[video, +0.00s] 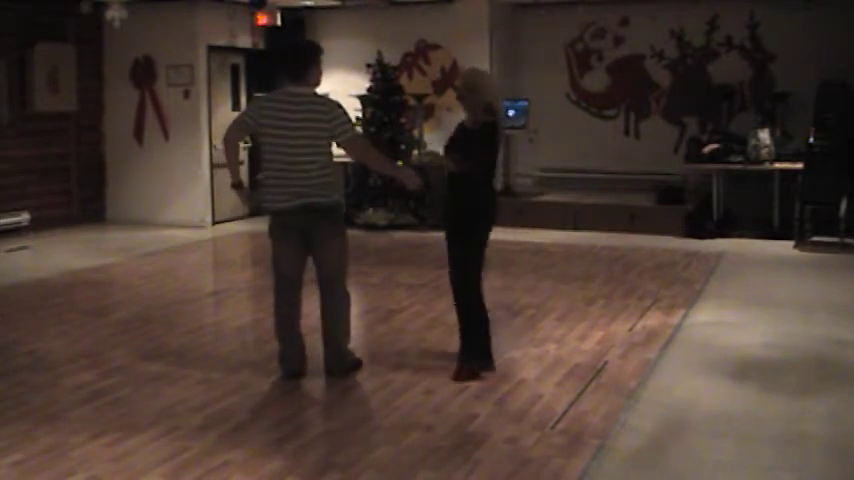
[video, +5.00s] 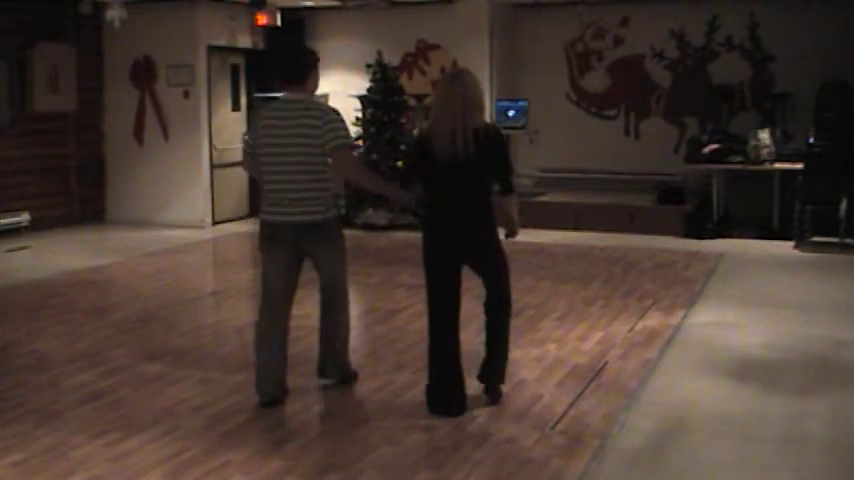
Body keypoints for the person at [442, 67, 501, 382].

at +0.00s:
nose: (459, 97)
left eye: (464, 92)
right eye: (459, 92)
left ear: (476, 95)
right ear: (477, 96)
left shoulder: (483, 128)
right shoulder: (471, 127)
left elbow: (464, 167)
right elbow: (454, 163)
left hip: (473, 214)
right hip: (463, 212)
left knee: (467, 286)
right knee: (464, 284)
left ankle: (476, 357)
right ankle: (474, 354)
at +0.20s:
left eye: (449, 85)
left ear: (452, 91)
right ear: (483, 94)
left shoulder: (441, 126)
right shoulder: (483, 130)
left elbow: (431, 170)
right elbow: (494, 172)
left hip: (451, 220)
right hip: (475, 220)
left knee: (459, 289)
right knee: (471, 287)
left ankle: (462, 359)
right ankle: (465, 359)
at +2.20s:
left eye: (440, 92)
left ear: (439, 99)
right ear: (478, 98)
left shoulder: (426, 142)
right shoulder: (491, 139)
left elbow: (412, 193)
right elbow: (503, 197)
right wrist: (519, 238)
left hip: (437, 244)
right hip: (479, 243)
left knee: (442, 320)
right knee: (483, 321)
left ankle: (448, 400)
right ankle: (484, 406)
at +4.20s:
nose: (475, 104)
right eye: (474, 97)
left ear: (437, 102)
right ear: (475, 102)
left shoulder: (422, 146)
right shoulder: (487, 140)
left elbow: (415, 196)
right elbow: (498, 196)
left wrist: (430, 222)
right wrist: (509, 238)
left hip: (436, 243)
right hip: (476, 241)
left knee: (441, 316)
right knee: (489, 309)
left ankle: (442, 395)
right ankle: (487, 389)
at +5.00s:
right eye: (477, 95)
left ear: (439, 100)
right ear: (478, 99)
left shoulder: (426, 141)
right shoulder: (489, 138)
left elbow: (412, 191)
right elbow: (505, 192)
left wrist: (428, 215)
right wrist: (511, 223)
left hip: (439, 239)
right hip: (479, 238)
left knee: (442, 317)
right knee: (499, 296)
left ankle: (445, 397)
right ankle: (493, 376)